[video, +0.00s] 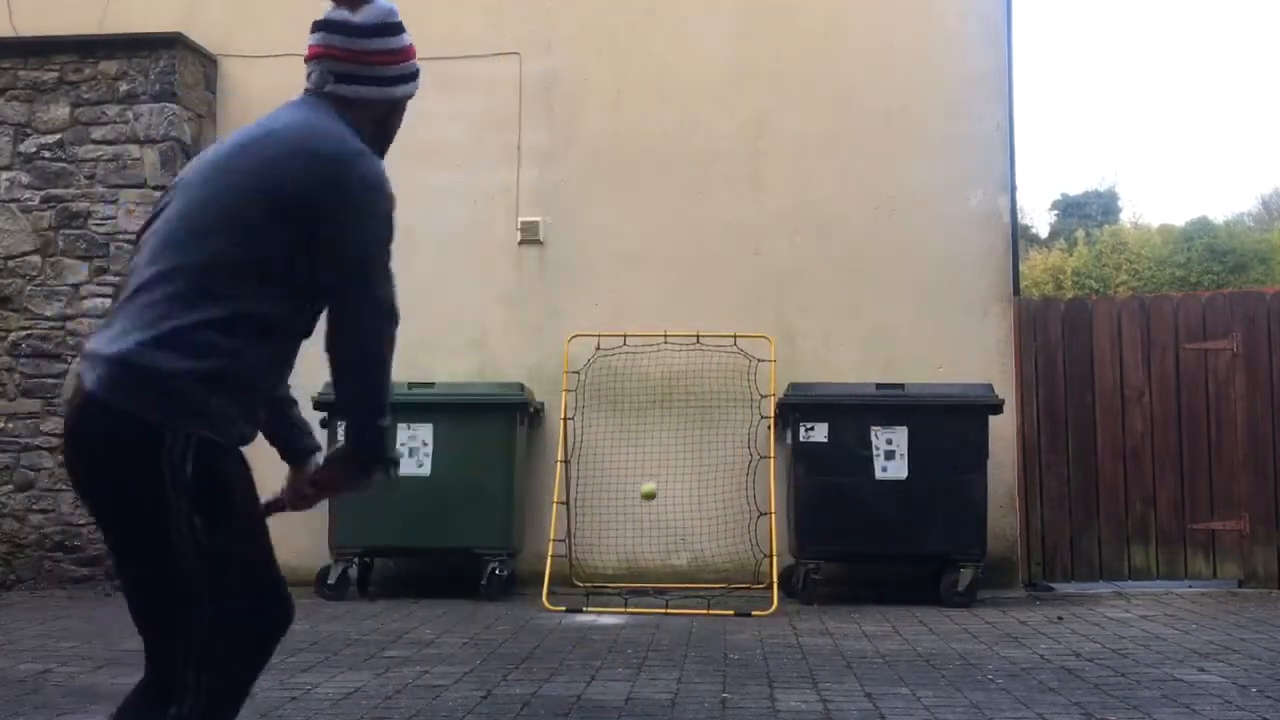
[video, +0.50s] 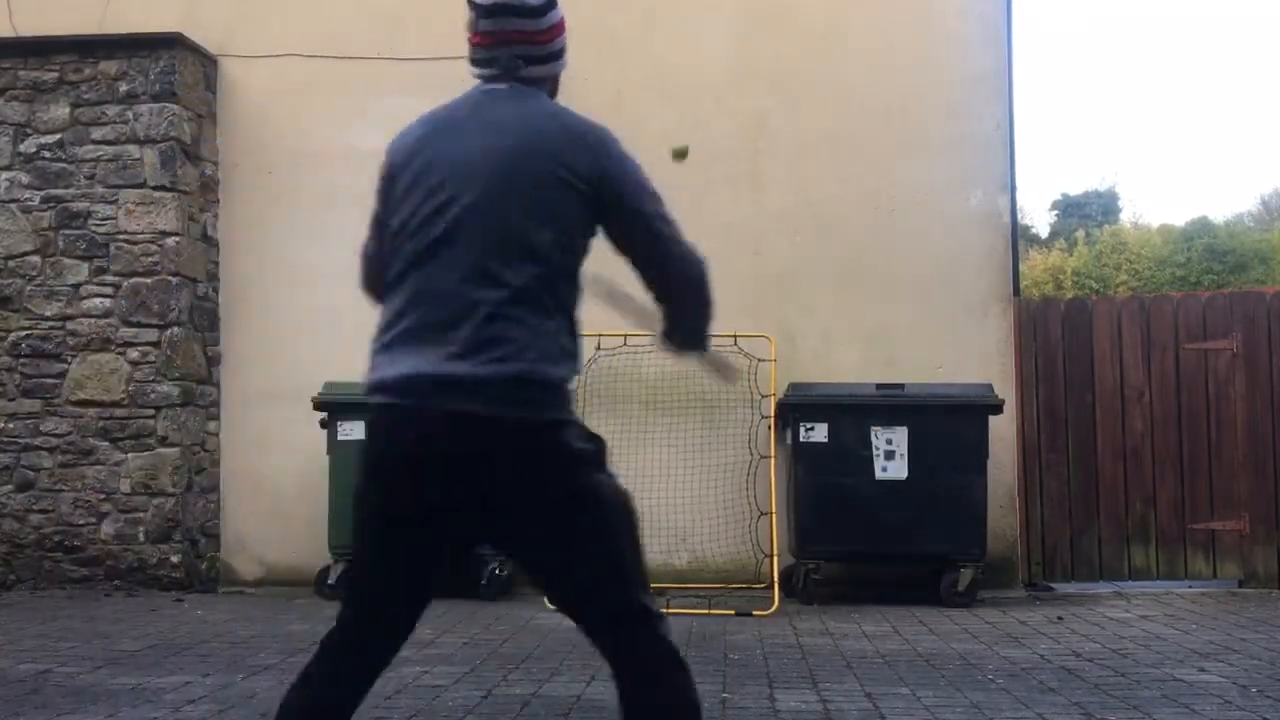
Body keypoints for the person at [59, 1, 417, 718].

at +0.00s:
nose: (399, 126)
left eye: (403, 107)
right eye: (401, 107)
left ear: (321, 82)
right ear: (386, 99)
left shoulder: (260, 143)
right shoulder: (354, 172)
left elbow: (220, 325)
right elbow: (363, 331)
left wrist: (300, 448)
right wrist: (364, 452)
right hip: (151, 426)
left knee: (257, 613)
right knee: (190, 657)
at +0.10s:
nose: (417, 87)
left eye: (415, 74)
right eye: (417, 74)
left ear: (332, 63)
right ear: (406, 74)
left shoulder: (256, 133)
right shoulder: (398, 149)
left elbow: (203, 275)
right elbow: (416, 303)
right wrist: (388, 416)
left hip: (161, 403)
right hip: (246, 419)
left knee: (258, 652)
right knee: (278, 664)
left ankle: (163, 515)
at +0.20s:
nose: (425, 90)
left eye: (425, 78)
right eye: (426, 77)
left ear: (342, 67)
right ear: (421, 76)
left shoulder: (268, 145)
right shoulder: (416, 152)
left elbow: (228, 297)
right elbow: (455, 304)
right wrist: (434, 423)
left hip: (194, 415)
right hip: (286, 425)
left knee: (283, 646)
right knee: (354, 656)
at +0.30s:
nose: (457, 82)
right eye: (456, 71)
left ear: (373, 69)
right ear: (452, 75)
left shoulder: (300, 151)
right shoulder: (458, 155)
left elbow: (247, 303)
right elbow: (512, 308)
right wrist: (510, 446)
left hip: (241, 417)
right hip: (348, 424)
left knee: (310, 639)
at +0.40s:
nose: (505, 77)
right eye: (504, 65)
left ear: (419, 63)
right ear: (499, 69)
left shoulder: (347, 146)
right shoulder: (513, 147)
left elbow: (290, 294)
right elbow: (588, 287)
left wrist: (375, 361)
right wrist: (595, 429)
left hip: (311, 420)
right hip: (429, 423)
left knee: (323, 641)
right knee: (548, 628)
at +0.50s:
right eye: (557, 50)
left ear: (474, 56)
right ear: (555, 59)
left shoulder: (415, 140)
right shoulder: (580, 141)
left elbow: (377, 274)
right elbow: (679, 270)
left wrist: (472, 269)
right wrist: (686, 331)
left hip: (405, 432)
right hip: (527, 434)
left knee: (361, 636)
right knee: (632, 636)